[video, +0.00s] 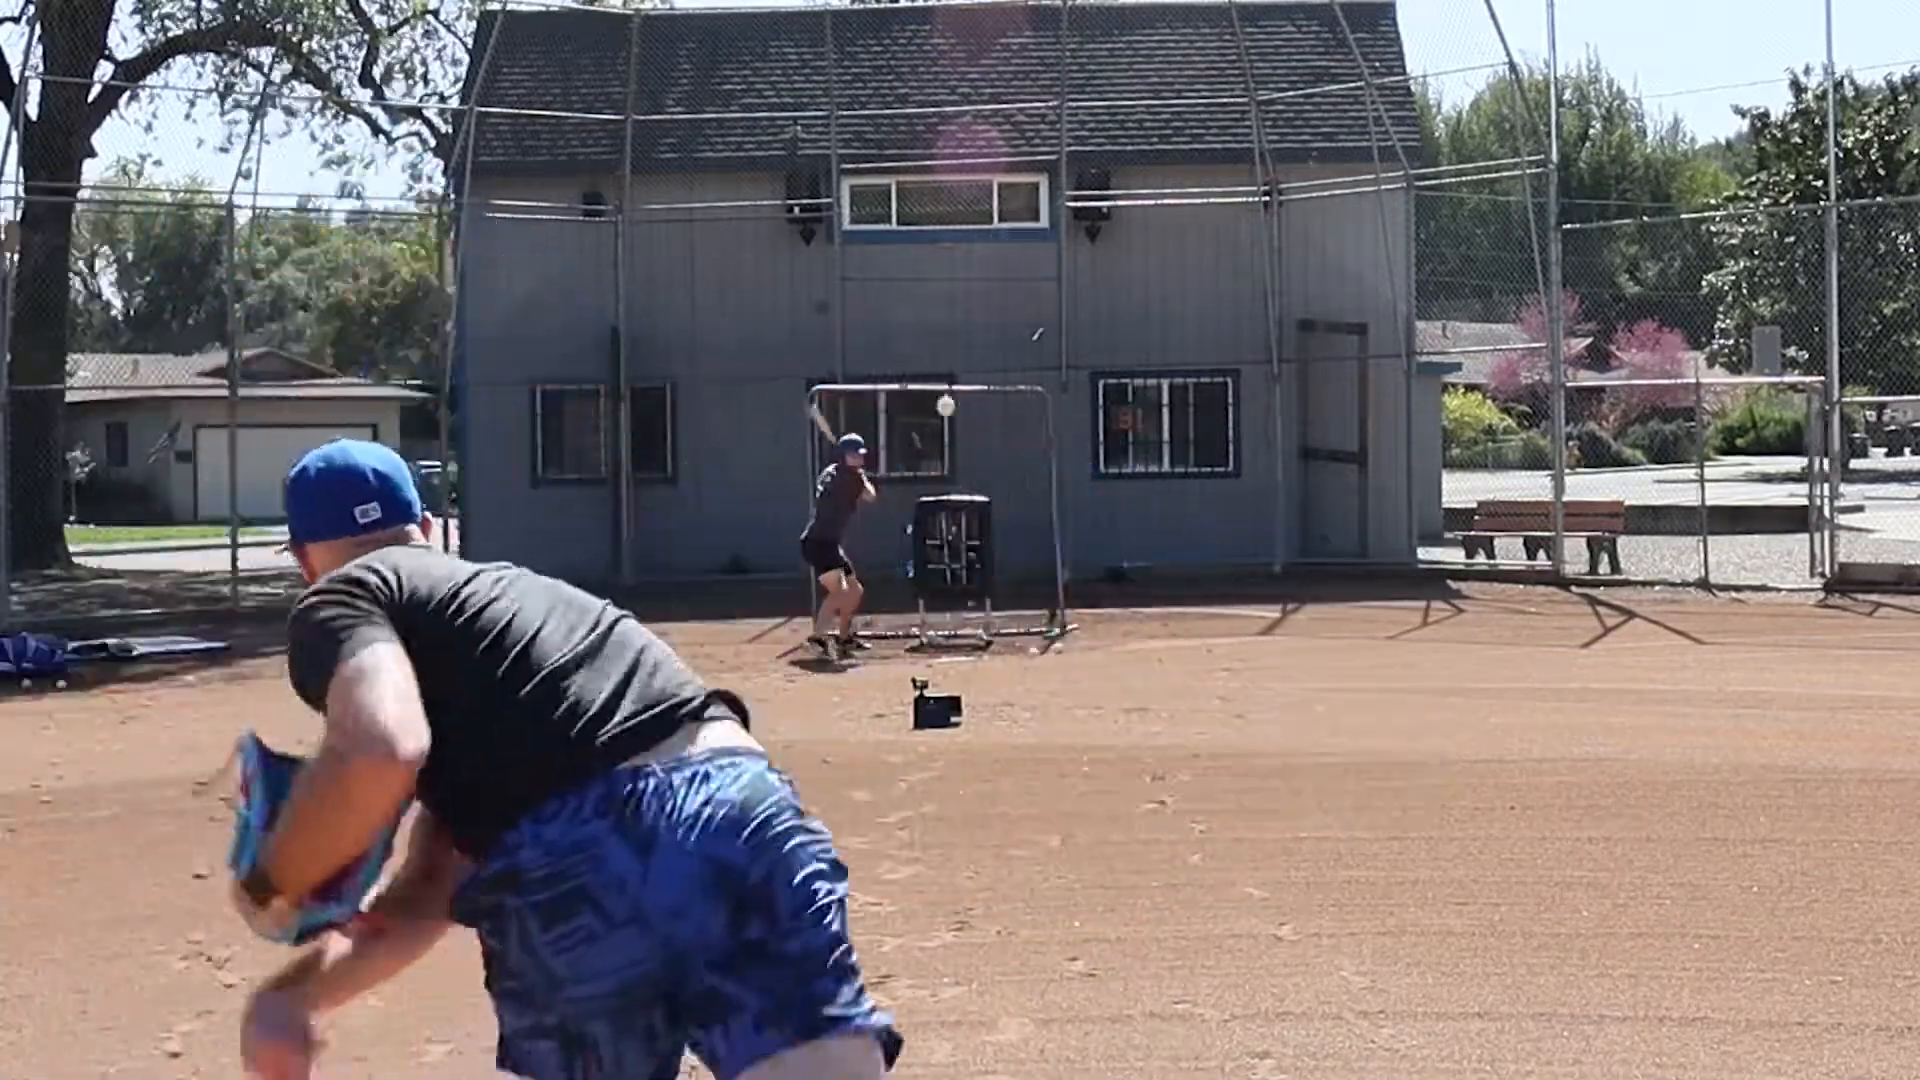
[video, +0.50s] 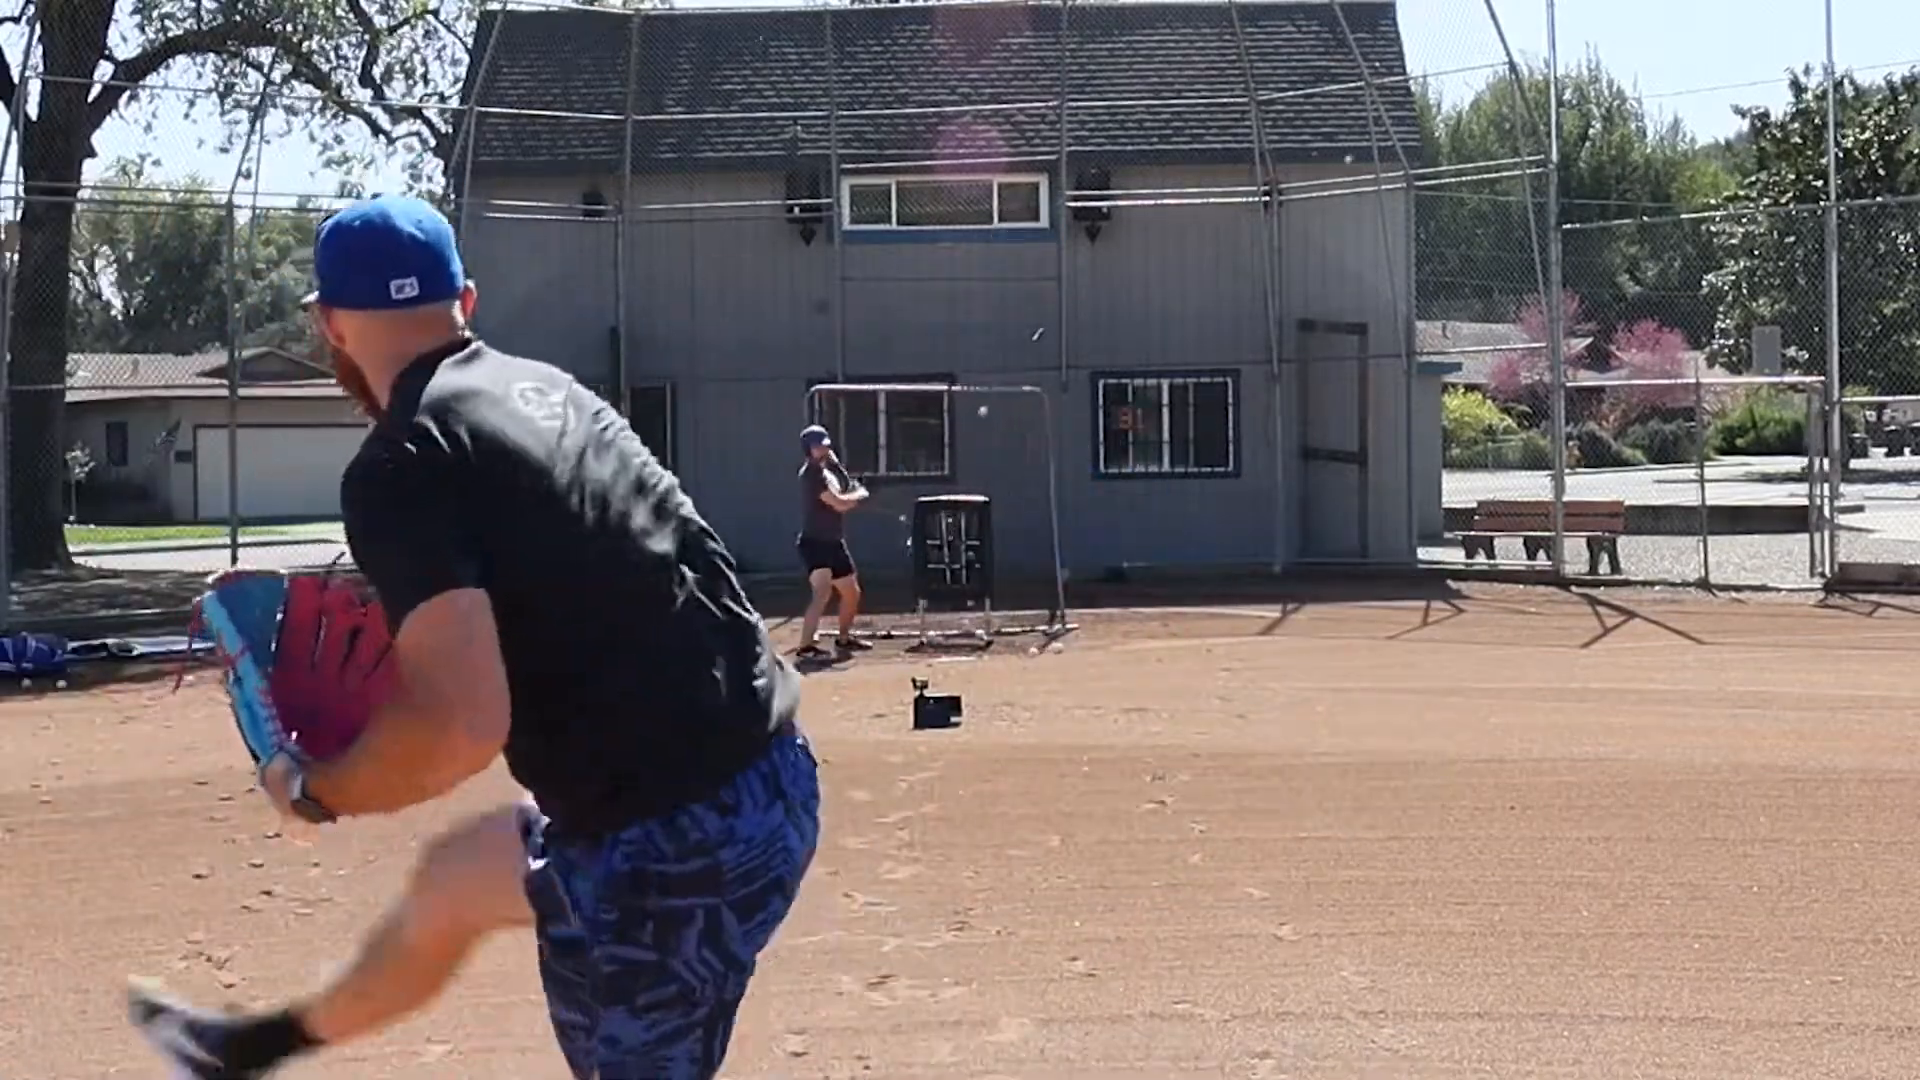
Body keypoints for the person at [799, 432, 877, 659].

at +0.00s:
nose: (860, 459)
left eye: (861, 454)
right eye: (855, 454)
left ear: (860, 456)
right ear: (844, 455)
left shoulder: (855, 475)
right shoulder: (838, 475)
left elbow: (870, 496)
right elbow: (870, 496)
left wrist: (859, 477)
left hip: (832, 541)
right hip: (818, 542)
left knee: (855, 590)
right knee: (839, 590)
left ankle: (844, 635)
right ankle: (819, 634)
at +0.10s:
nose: (856, 464)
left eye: (857, 460)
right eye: (851, 459)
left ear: (857, 462)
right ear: (840, 460)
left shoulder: (839, 478)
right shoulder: (840, 482)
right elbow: (869, 500)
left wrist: (856, 482)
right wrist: (858, 480)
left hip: (830, 547)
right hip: (814, 546)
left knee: (852, 599)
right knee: (831, 593)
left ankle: (845, 638)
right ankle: (810, 644)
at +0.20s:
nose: (844, 460)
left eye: (847, 455)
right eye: (839, 455)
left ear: (850, 458)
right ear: (830, 456)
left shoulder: (839, 477)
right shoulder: (831, 478)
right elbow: (864, 492)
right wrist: (863, 479)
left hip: (832, 546)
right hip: (812, 544)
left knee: (854, 598)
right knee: (826, 593)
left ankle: (845, 638)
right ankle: (806, 645)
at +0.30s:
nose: (833, 452)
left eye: (836, 448)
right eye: (829, 448)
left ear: (840, 450)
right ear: (821, 449)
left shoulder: (825, 473)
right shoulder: (823, 472)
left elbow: (840, 514)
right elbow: (858, 488)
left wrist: (854, 487)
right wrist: (863, 476)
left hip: (830, 542)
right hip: (815, 542)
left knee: (853, 595)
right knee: (824, 592)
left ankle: (845, 638)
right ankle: (805, 646)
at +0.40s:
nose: (828, 450)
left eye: (829, 445)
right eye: (823, 447)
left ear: (832, 446)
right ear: (813, 450)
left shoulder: (830, 465)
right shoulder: (816, 472)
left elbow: (851, 483)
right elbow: (849, 494)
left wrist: (851, 490)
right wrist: (862, 483)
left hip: (832, 540)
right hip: (814, 540)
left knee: (851, 593)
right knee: (823, 591)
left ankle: (844, 637)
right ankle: (806, 644)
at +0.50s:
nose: (825, 450)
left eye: (826, 445)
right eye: (819, 446)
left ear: (828, 446)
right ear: (810, 449)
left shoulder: (830, 466)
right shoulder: (812, 473)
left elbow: (851, 487)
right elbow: (839, 504)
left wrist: (846, 495)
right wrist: (859, 495)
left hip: (833, 540)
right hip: (814, 540)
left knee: (851, 592)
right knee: (823, 591)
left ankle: (844, 637)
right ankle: (806, 645)